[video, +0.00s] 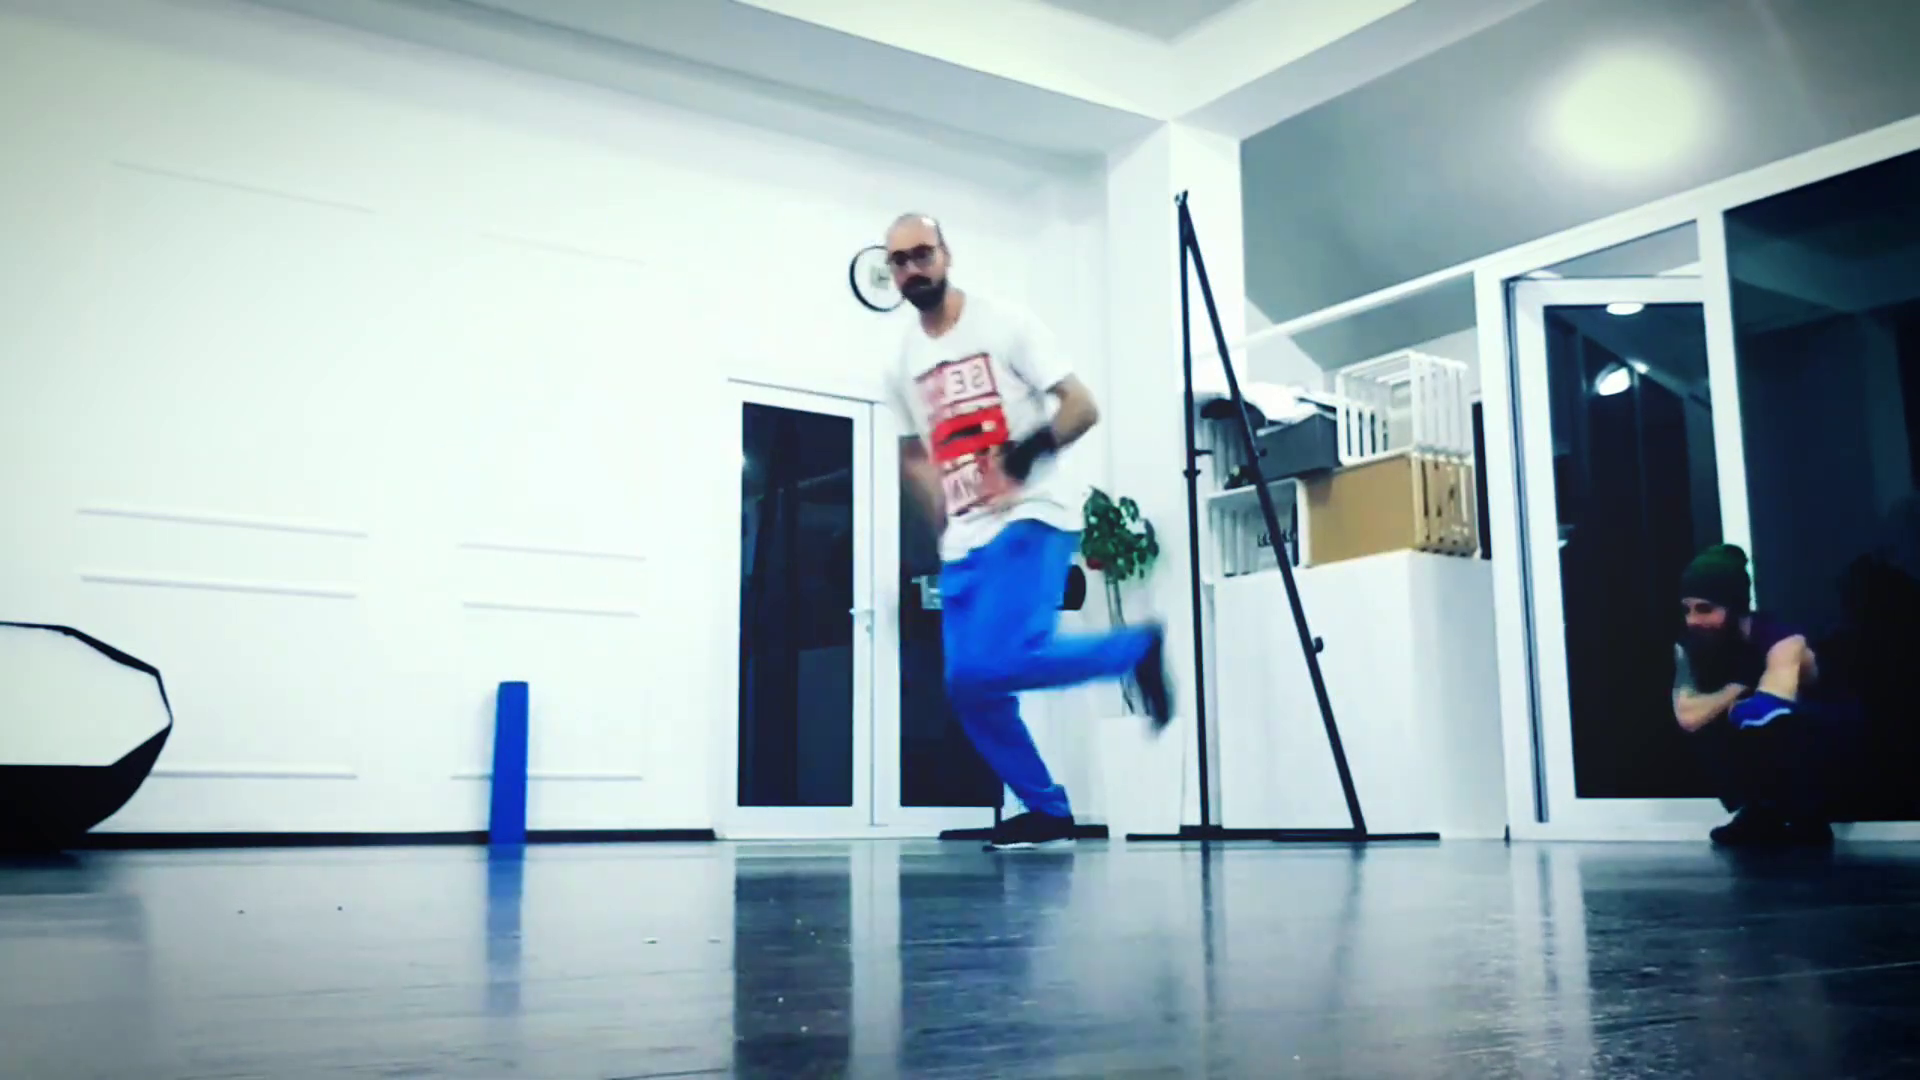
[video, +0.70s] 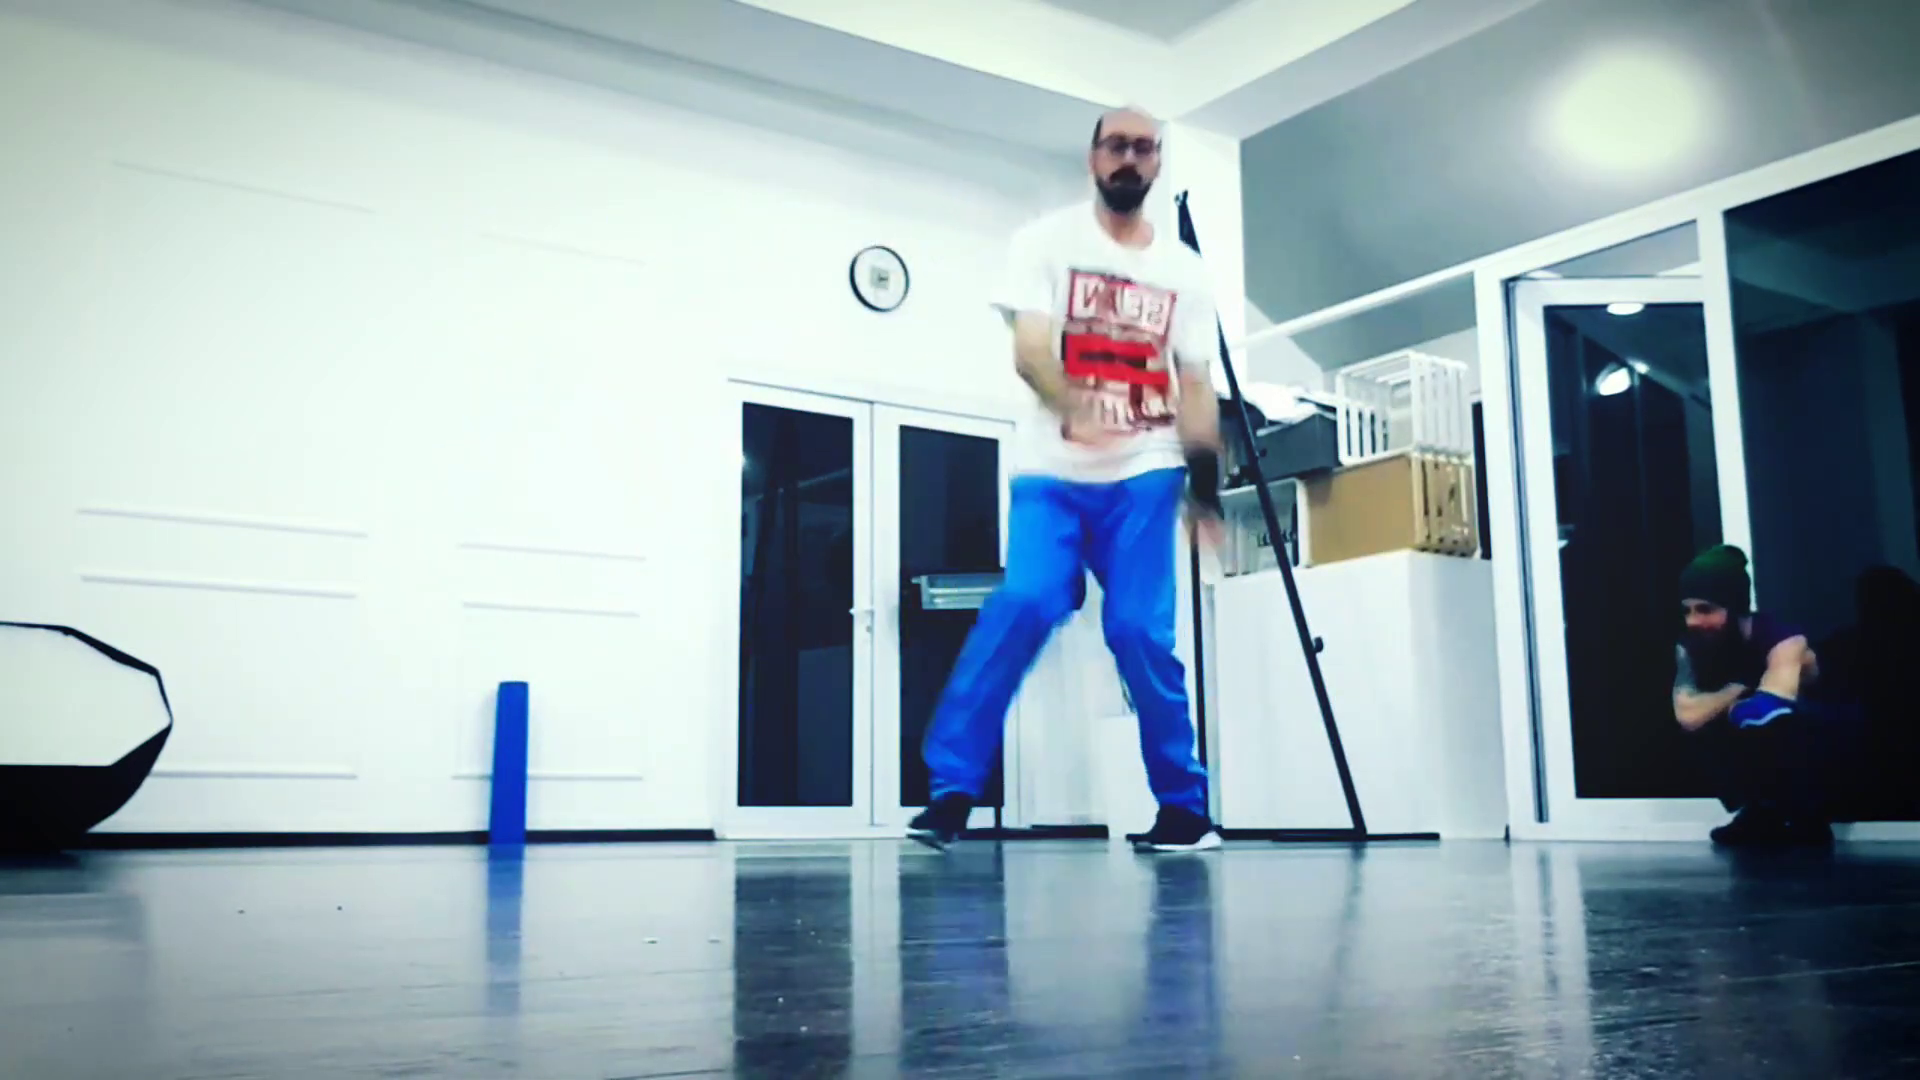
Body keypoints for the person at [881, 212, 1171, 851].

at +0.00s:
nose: (912, 269)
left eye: (921, 254)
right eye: (899, 261)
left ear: (947, 258)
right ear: (889, 274)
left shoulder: (1002, 323)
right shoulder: (903, 359)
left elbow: (1081, 405)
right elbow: (915, 456)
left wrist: (1032, 446)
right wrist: (939, 538)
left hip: (1031, 515)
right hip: (964, 536)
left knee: (997, 657)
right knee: (968, 681)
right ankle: (1047, 809)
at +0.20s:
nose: (961, 210)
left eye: (969, 194)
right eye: (946, 203)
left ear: (993, 193)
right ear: (936, 215)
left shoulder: (1057, 250)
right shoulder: (948, 304)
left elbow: (1151, 323)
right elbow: (954, 386)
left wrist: (1071, 321)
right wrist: (972, 455)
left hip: (1099, 443)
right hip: (1029, 475)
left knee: (1091, 578)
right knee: (1051, 627)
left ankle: (1198, 683)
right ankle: (1115, 779)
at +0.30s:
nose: (1001, 205)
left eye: (1010, 190)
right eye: (987, 196)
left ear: (1033, 192)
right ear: (974, 208)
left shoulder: (1100, 258)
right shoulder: (977, 303)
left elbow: (1170, 345)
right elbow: (966, 400)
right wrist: (976, 459)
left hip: (1129, 455)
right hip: (1056, 481)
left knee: (1128, 587)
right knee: (1095, 619)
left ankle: (1190, 767)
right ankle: (1205, 776)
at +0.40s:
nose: (1046, 219)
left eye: (1057, 207)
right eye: (1033, 209)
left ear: (1079, 215)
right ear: (1017, 222)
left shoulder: (1135, 295)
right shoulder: (1007, 325)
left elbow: (1189, 399)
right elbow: (985, 432)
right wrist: (986, 405)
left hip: (1158, 482)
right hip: (1085, 513)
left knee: (1155, 617)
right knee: (1161, 647)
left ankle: (1182, 787)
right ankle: (1253, 797)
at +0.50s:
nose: (1084, 197)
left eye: (1096, 185)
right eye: (1071, 187)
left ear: (1116, 193)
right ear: (1051, 200)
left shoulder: (1163, 283)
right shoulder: (1039, 291)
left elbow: (1200, 397)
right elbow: (1009, 395)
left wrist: (1230, 491)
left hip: (1156, 470)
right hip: (1079, 495)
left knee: (1145, 597)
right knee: (1112, 672)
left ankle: (1191, 789)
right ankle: (1211, 764)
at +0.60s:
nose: (1114, 181)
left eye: (1127, 169)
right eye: (1100, 168)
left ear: (1144, 182)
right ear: (1077, 181)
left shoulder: (1181, 283)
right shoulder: (1037, 264)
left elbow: (1205, 402)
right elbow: (1023, 371)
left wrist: (1228, 501)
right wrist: (1079, 334)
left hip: (1153, 481)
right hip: (1059, 493)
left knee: (1140, 627)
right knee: (1034, 655)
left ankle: (1188, 805)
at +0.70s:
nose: (1128, 159)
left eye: (1142, 146)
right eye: (1114, 145)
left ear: (1161, 161)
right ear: (1091, 159)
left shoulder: (1186, 272)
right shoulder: (1045, 242)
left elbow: (1195, 392)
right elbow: (1031, 353)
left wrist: (1206, 495)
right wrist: (1070, 402)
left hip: (1145, 477)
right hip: (1051, 474)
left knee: (1140, 628)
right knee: (1028, 601)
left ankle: (1182, 803)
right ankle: (955, 786)